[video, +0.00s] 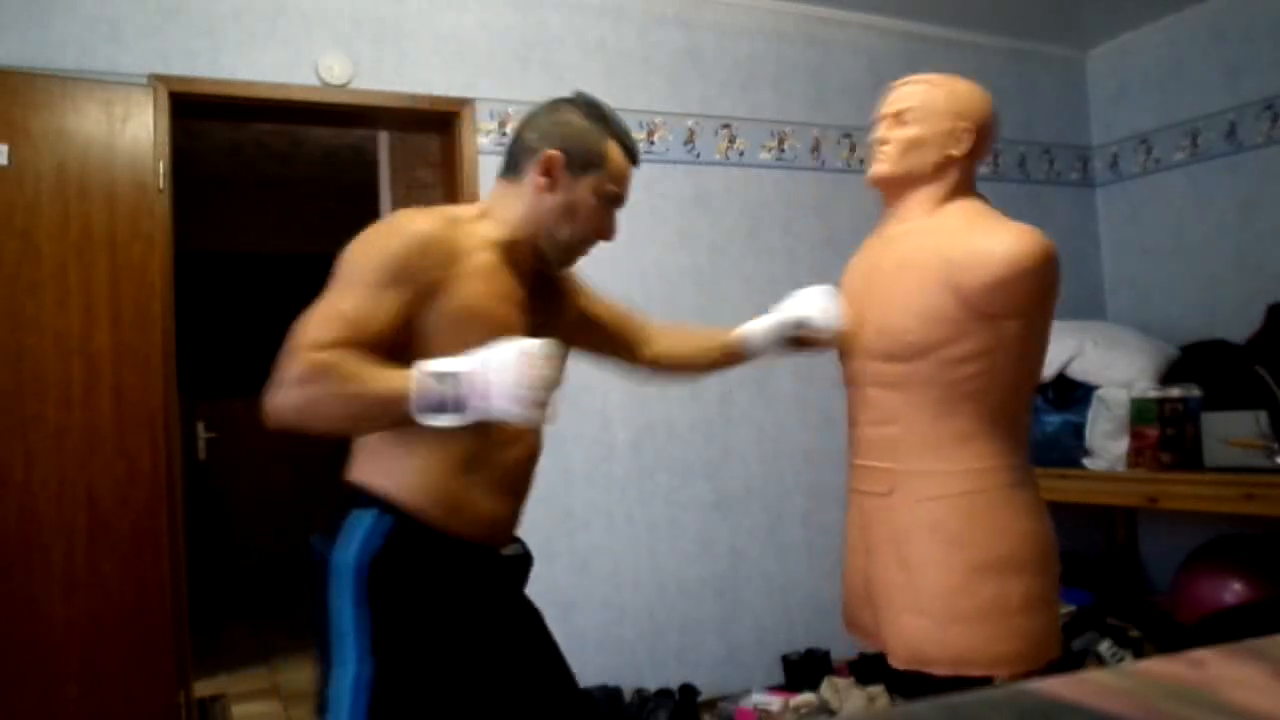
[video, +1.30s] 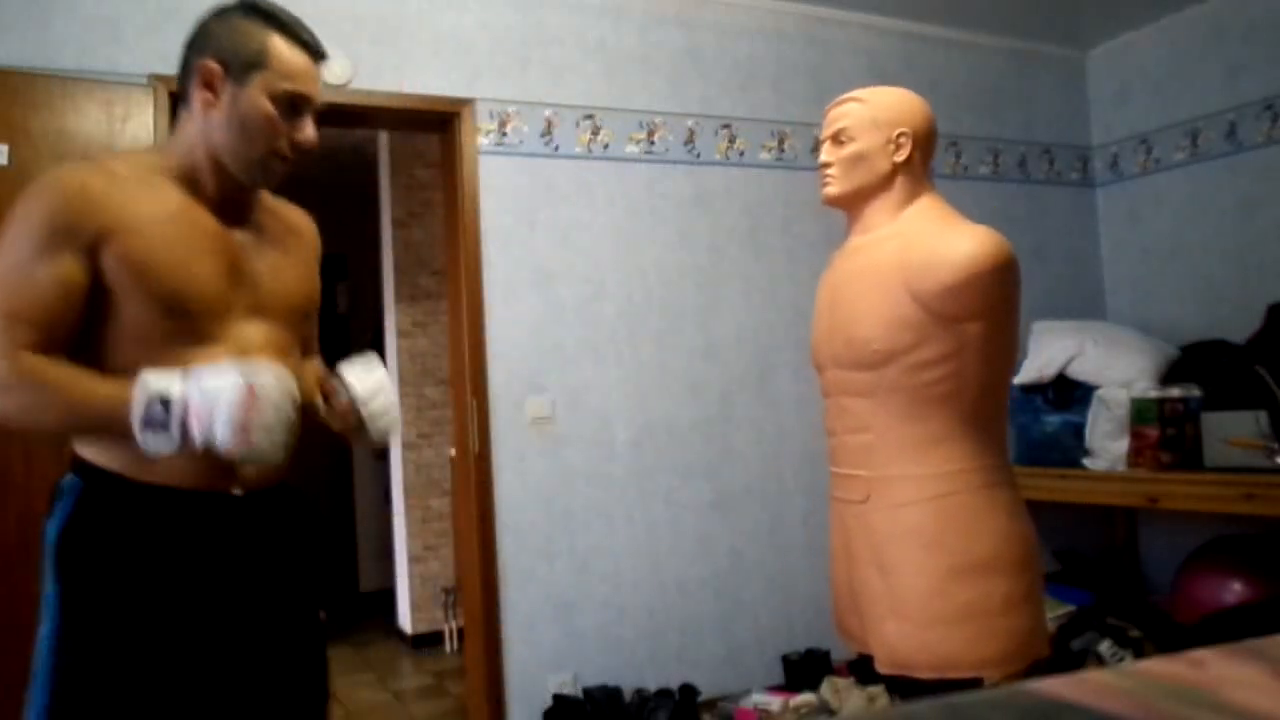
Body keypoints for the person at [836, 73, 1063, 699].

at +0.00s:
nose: (878, 133)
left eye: (900, 120)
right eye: (879, 122)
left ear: (959, 141)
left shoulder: (1007, 254)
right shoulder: (869, 256)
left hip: (966, 538)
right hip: (882, 531)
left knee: (985, 717)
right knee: (908, 711)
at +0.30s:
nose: (834, 157)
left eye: (848, 140)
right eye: (836, 141)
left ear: (903, 147)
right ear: (901, 149)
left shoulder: (943, 242)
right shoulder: (888, 236)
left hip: (939, 526)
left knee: (949, 701)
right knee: (909, 693)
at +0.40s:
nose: (786, 163)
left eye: (801, 145)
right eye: (787, 147)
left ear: (858, 152)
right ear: (852, 154)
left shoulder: (916, 250)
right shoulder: (843, 247)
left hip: (923, 533)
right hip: (867, 528)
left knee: (948, 695)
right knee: (897, 690)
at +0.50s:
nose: (804, 157)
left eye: (823, 141)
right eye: (806, 142)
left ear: (882, 151)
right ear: (876, 153)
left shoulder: (943, 258)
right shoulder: (837, 260)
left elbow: (963, 430)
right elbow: (844, 442)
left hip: (934, 545)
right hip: (862, 543)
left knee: (961, 703)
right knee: (894, 699)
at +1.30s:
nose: (821, 156)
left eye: (840, 140)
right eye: (821, 143)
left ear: (899, 149)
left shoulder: (964, 258)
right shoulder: (844, 264)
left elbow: (978, 421)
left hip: (945, 541)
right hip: (866, 540)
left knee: (974, 719)